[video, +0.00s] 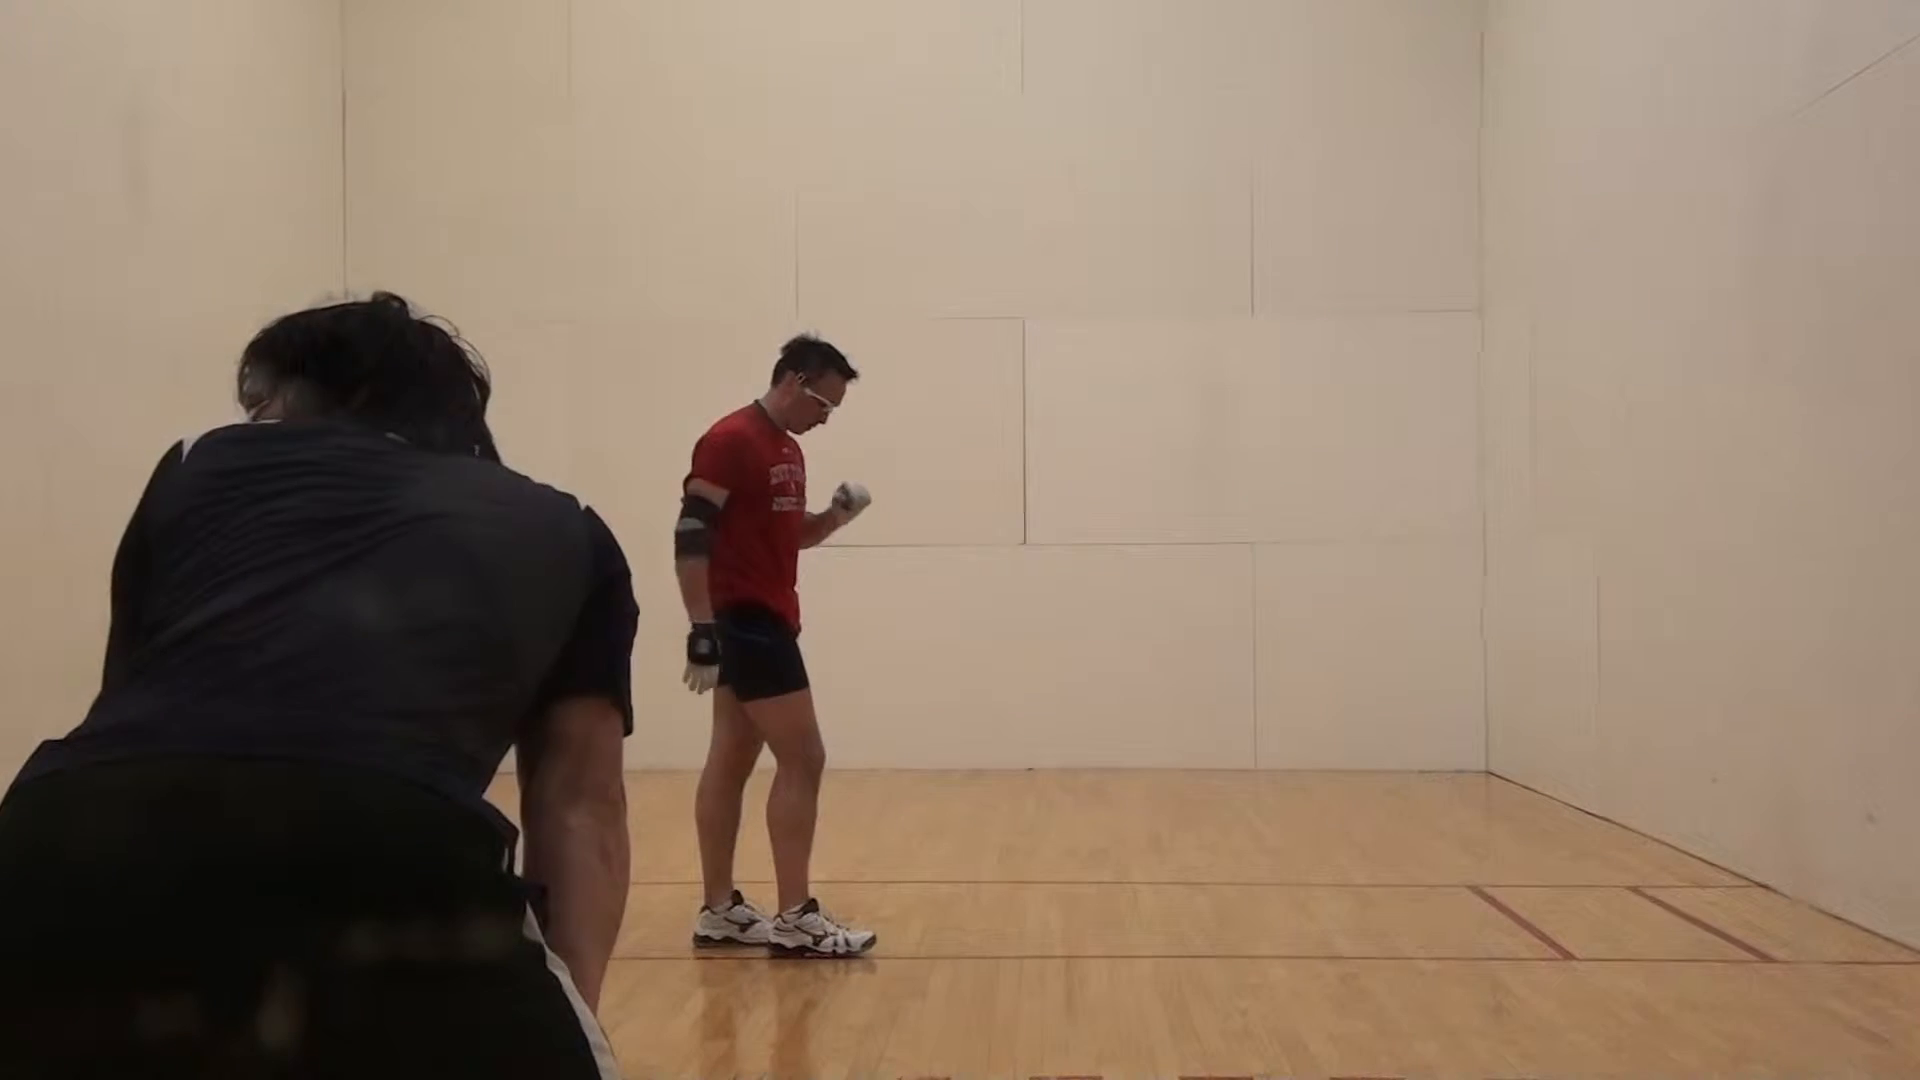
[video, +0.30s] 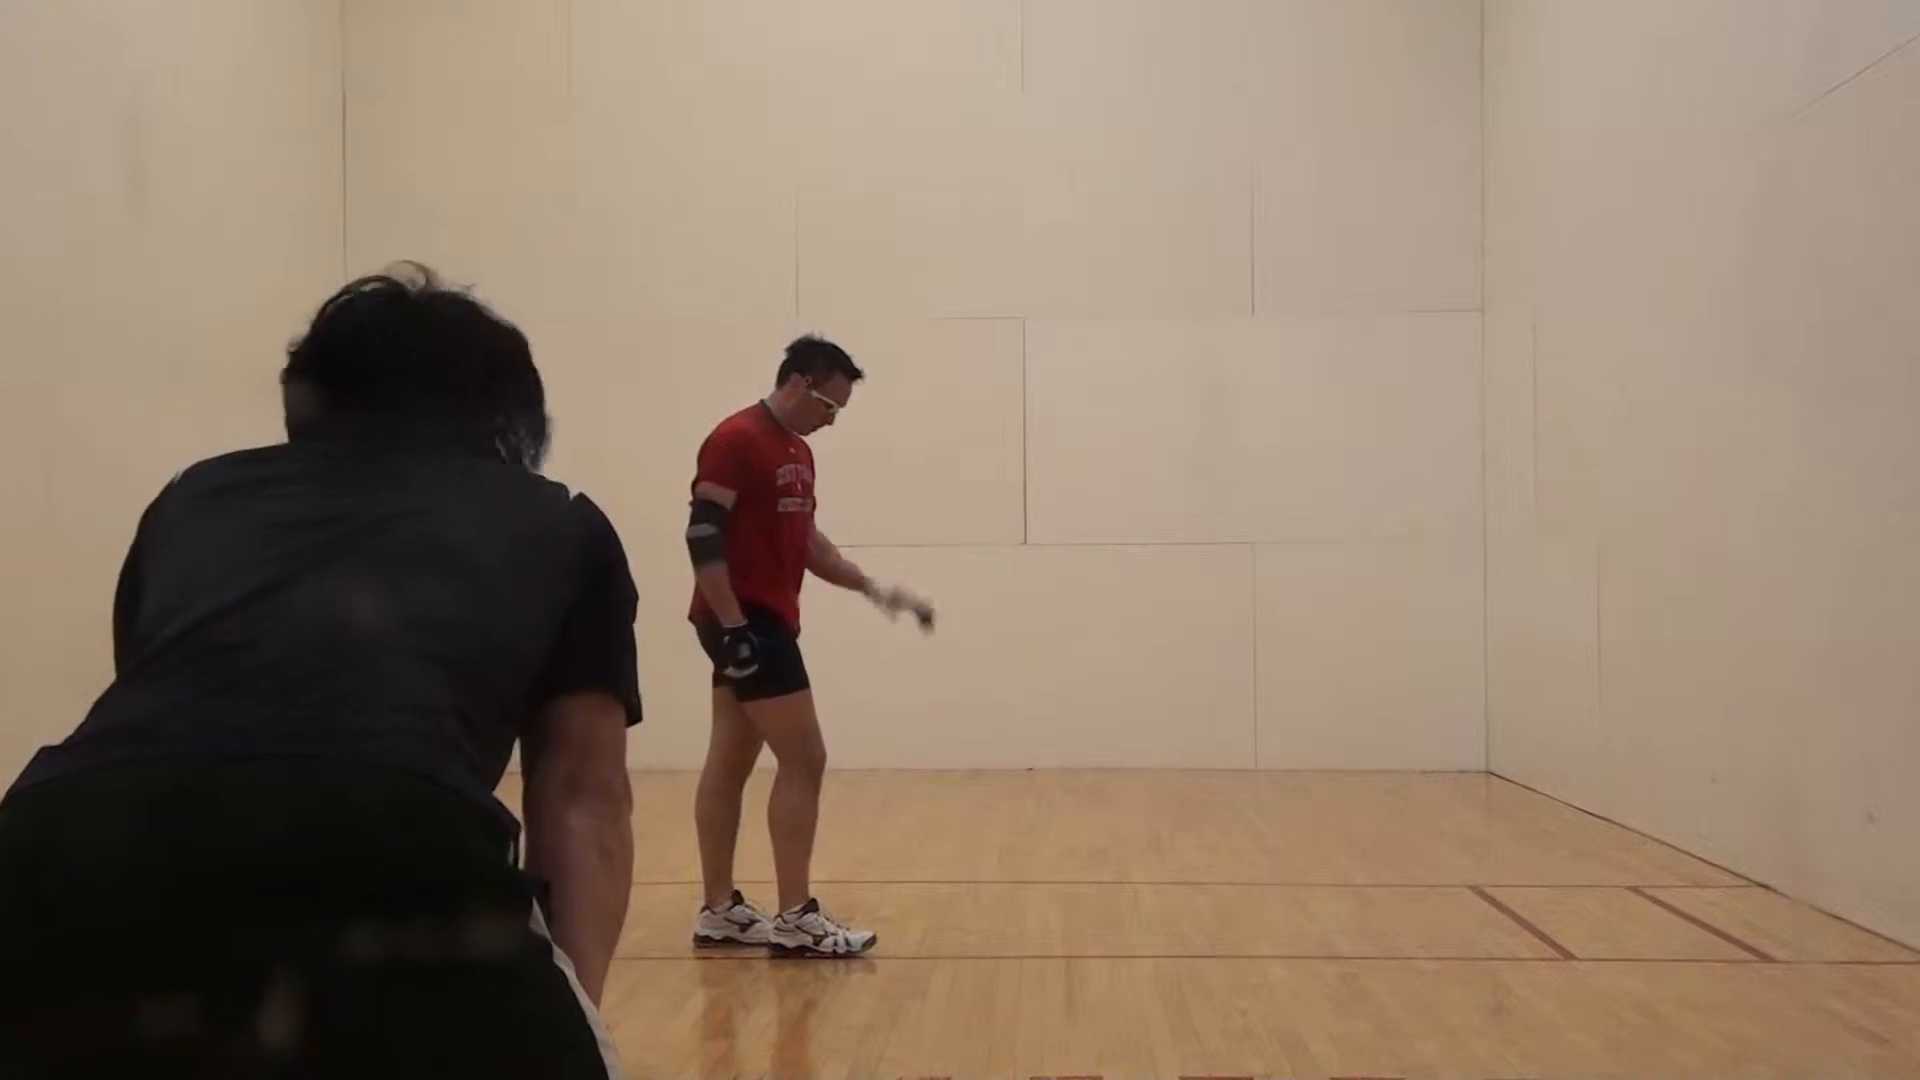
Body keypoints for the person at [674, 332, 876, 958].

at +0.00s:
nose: (825, 418)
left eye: (831, 408)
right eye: (824, 403)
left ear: (801, 390)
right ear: (792, 383)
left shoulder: (783, 447)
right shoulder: (731, 440)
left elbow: (784, 536)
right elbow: (690, 536)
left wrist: (833, 517)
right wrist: (703, 629)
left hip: (758, 624)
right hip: (751, 627)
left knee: (729, 762)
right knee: (802, 758)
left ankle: (719, 908)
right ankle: (795, 914)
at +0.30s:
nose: (832, 417)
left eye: (838, 406)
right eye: (829, 402)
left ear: (806, 391)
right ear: (795, 384)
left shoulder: (796, 449)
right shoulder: (737, 440)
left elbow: (808, 543)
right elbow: (702, 538)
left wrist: (875, 590)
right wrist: (734, 629)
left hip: (760, 621)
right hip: (747, 625)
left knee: (729, 762)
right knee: (802, 758)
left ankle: (719, 907)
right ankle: (796, 914)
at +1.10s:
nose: (899, 442)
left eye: (905, 432)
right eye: (898, 428)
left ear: (872, 411)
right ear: (868, 408)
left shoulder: (841, 451)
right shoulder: (805, 460)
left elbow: (812, 557)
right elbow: (772, 565)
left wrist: (829, 627)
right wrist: (828, 638)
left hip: (776, 615)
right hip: (756, 616)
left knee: (795, 758)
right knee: (812, 761)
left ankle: (733, 895)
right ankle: (797, 914)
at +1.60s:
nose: (931, 494)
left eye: (939, 486)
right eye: (930, 480)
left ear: (903, 457)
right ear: (904, 457)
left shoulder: (856, 466)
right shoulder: (847, 506)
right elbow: (818, 626)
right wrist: (826, 729)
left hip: (746, 614)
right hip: (753, 623)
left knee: (796, 753)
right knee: (811, 757)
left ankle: (736, 894)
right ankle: (798, 914)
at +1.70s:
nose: (939, 516)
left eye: (946, 507)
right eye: (938, 503)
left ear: (908, 481)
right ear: (910, 482)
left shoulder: (861, 483)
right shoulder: (849, 527)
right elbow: (828, 653)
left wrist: (810, 619)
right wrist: (854, 751)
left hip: (745, 624)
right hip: (747, 634)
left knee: (795, 756)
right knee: (815, 760)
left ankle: (723, 888)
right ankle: (799, 915)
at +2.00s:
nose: (929, 596)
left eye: (936, 587)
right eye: (932, 584)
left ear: (908, 561)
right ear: (910, 566)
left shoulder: (858, 546)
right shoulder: (829, 594)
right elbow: (818, 715)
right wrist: (910, 717)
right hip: (722, 663)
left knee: (743, 794)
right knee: (814, 764)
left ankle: (632, 868)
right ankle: (799, 917)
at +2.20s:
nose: (911, 587)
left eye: (917, 578)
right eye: (914, 574)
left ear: (888, 550)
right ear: (891, 553)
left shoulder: (834, 552)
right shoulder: (824, 567)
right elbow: (789, 664)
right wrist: (870, 697)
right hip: (703, 646)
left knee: (703, 779)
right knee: (776, 757)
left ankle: (647, 912)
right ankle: (790, 914)